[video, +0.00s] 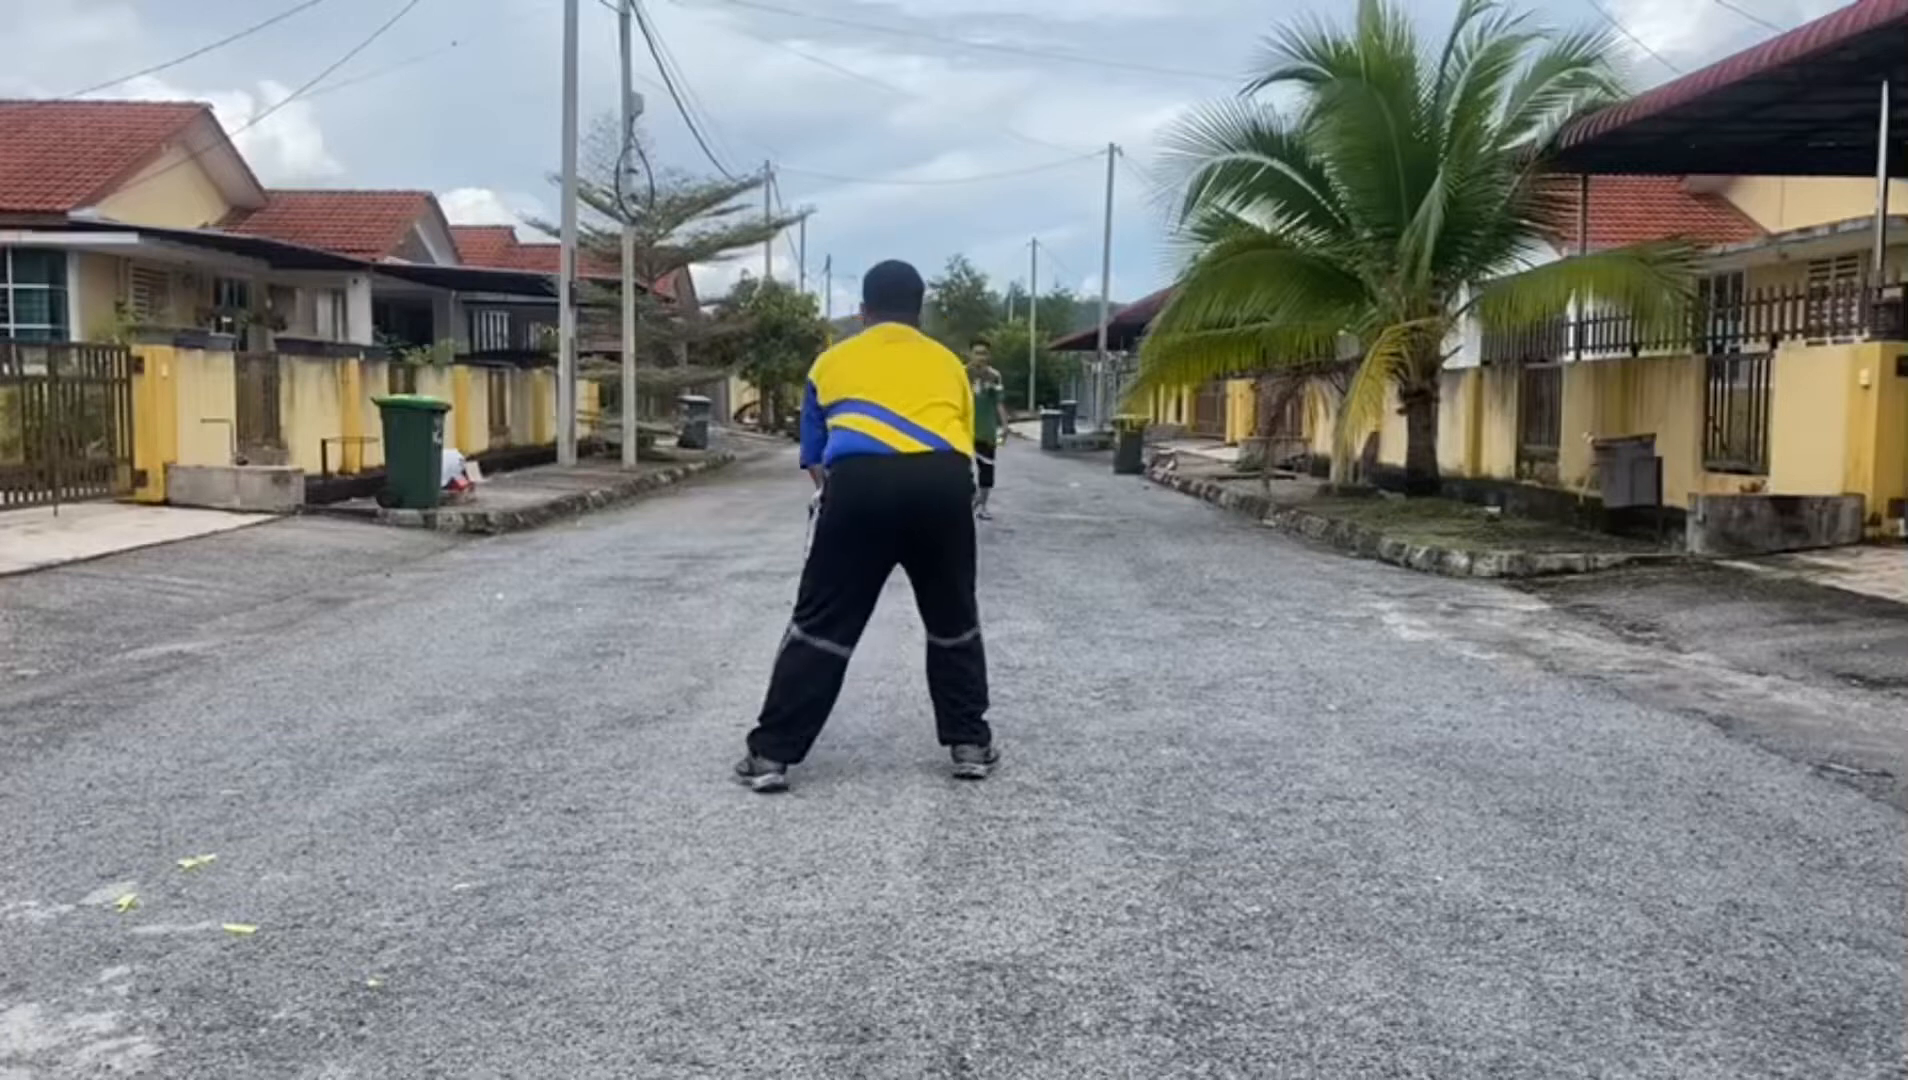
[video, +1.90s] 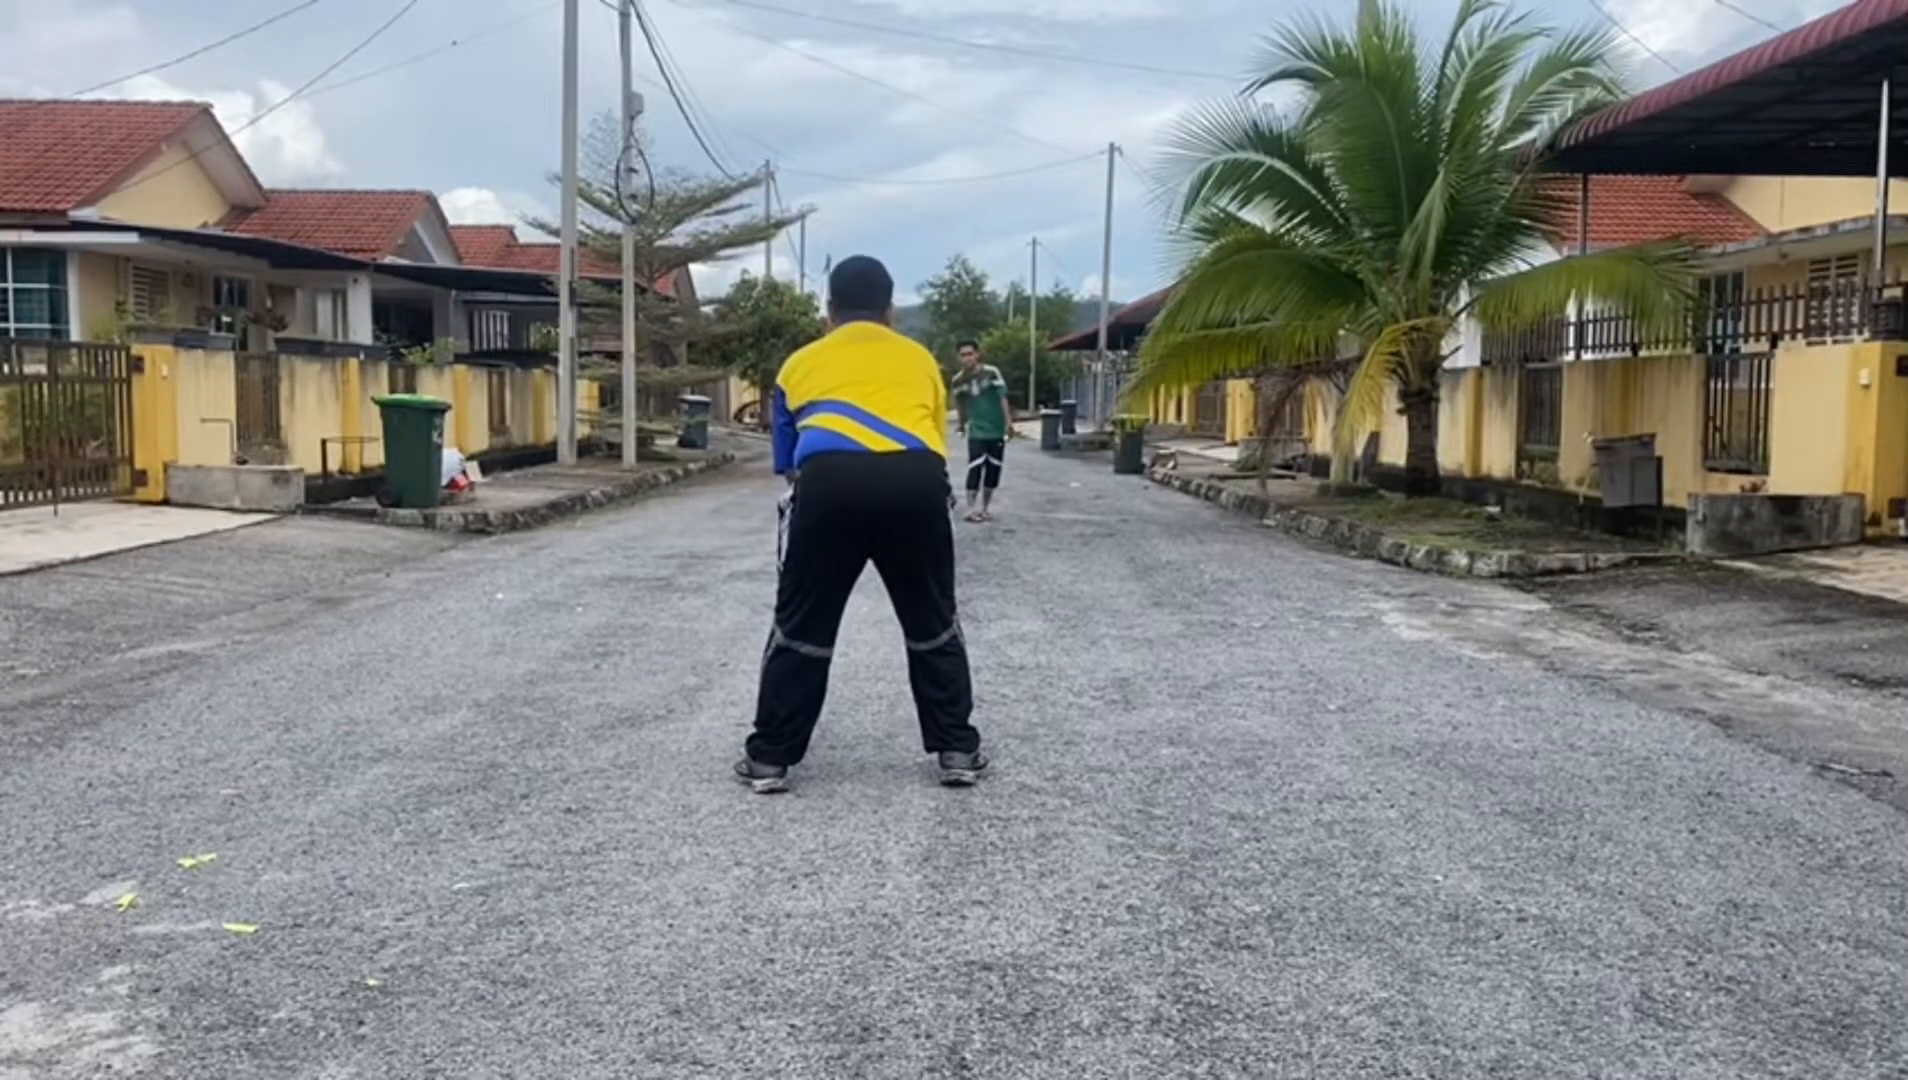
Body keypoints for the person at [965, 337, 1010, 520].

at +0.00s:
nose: (980, 358)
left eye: (984, 353)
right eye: (977, 353)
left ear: (989, 356)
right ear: (970, 355)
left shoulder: (994, 377)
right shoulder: (963, 376)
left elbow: (999, 403)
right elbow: (957, 398)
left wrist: (1005, 425)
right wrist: (956, 422)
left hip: (986, 430)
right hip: (965, 428)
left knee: (986, 471)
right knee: (963, 466)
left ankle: (982, 504)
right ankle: (967, 499)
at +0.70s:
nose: (975, 354)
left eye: (978, 349)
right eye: (971, 349)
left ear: (984, 352)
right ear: (965, 352)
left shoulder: (991, 373)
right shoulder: (956, 374)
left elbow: (997, 400)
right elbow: (952, 401)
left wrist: (1002, 422)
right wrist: (956, 397)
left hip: (986, 431)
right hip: (964, 432)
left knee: (985, 474)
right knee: (963, 474)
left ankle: (983, 507)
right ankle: (964, 506)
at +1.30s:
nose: (970, 355)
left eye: (973, 351)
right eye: (966, 351)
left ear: (980, 352)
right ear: (961, 354)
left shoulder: (991, 372)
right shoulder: (956, 377)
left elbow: (997, 398)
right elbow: (952, 404)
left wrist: (1001, 422)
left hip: (988, 431)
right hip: (967, 432)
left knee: (987, 474)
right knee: (964, 473)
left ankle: (983, 507)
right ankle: (963, 505)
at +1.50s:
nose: (970, 359)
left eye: (973, 354)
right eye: (966, 355)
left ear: (980, 354)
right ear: (961, 358)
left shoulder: (993, 373)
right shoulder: (959, 379)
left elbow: (1002, 398)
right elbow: (957, 404)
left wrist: (1005, 422)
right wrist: (954, 423)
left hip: (993, 429)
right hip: (973, 430)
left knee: (990, 471)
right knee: (969, 468)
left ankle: (983, 506)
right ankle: (964, 504)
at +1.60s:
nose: (968, 360)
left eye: (971, 355)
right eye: (964, 356)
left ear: (978, 356)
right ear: (960, 359)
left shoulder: (992, 373)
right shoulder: (962, 378)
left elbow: (1003, 398)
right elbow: (957, 379)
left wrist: (1008, 422)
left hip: (995, 428)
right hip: (975, 428)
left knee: (991, 470)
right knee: (972, 465)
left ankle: (984, 507)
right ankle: (965, 503)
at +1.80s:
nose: (966, 360)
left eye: (969, 355)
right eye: (963, 356)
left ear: (977, 356)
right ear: (959, 359)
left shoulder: (991, 373)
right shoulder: (960, 379)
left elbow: (1003, 398)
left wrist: (1009, 421)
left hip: (996, 428)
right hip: (975, 428)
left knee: (992, 468)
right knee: (975, 466)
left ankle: (984, 507)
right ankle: (970, 506)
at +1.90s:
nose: (967, 358)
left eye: (970, 354)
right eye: (963, 355)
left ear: (977, 355)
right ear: (959, 359)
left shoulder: (992, 373)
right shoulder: (958, 380)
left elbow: (1003, 398)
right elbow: (960, 405)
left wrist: (1008, 422)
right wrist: (961, 424)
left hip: (996, 427)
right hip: (976, 428)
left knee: (993, 469)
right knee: (975, 466)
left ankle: (985, 508)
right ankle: (971, 507)